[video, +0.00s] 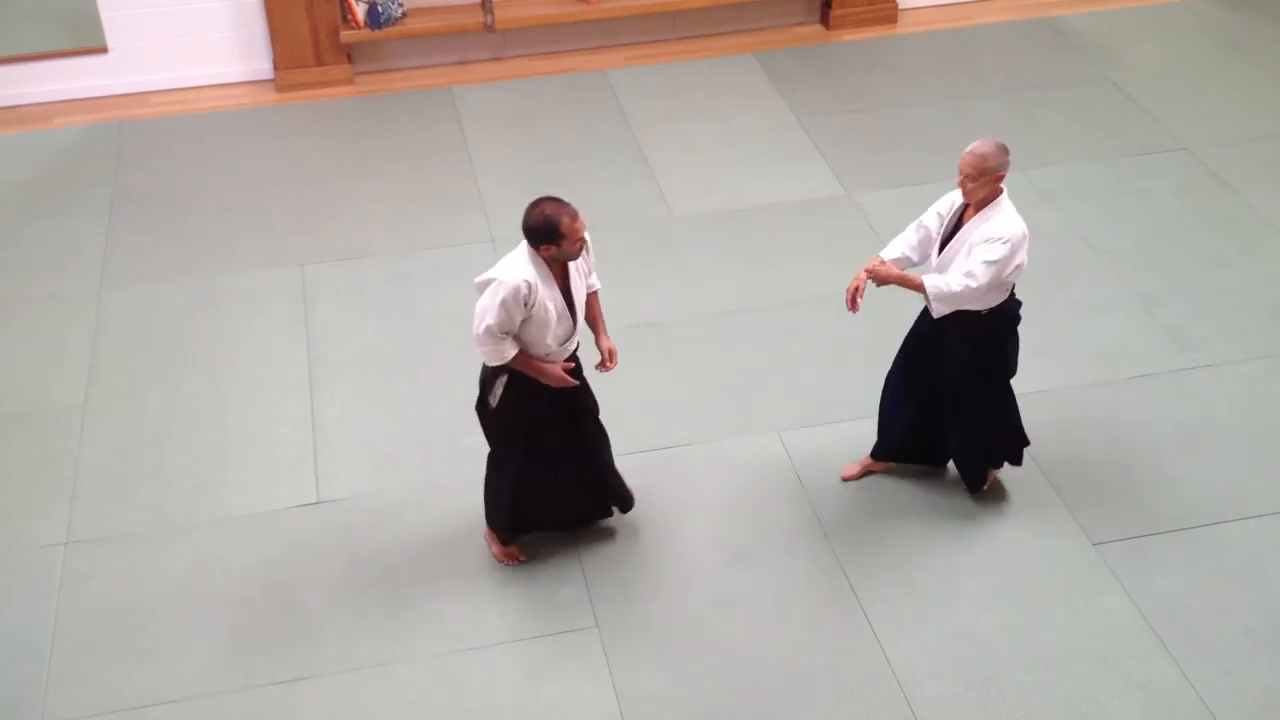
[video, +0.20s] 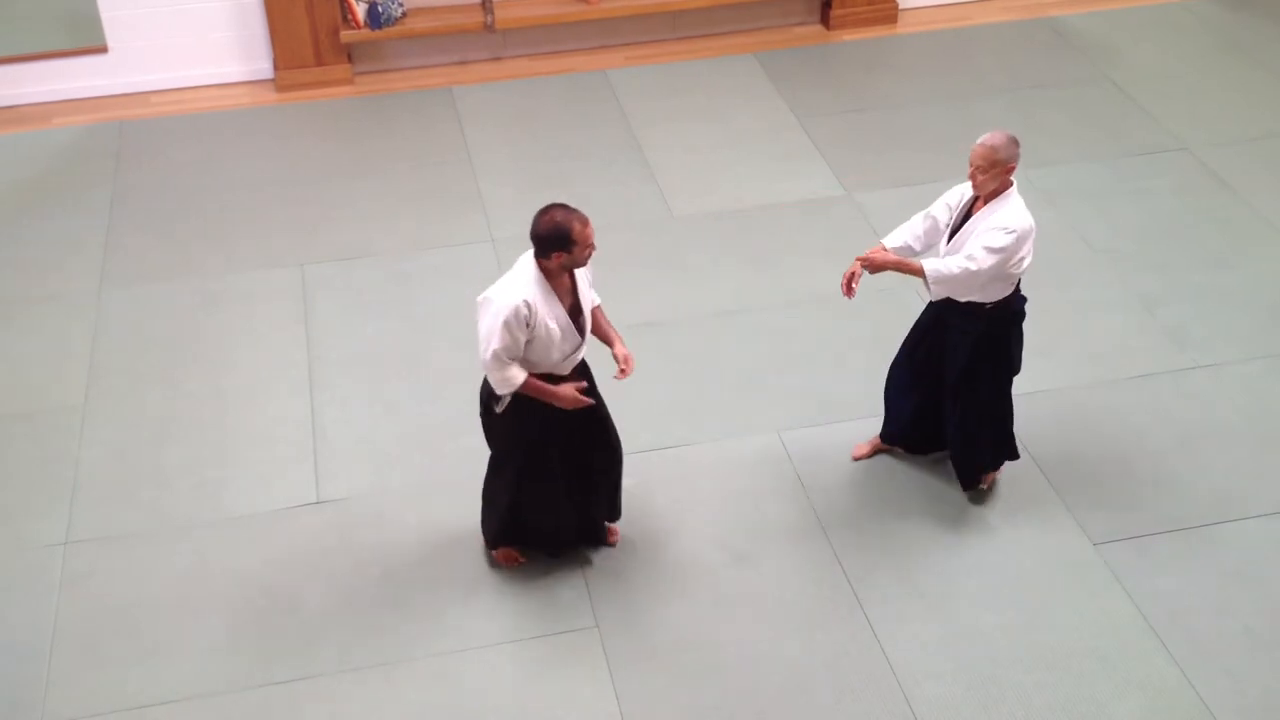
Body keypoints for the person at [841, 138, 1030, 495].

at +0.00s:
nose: (961, 184)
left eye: (970, 178)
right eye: (960, 175)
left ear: (997, 181)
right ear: (960, 170)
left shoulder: (1008, 231)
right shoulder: (956, 201)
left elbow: (967, 287)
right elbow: (916, 237)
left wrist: (900, 279)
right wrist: (869, 271)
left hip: (981, 327)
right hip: (939, 314)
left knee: (975, 398)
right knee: (904, 381)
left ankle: (988, 462)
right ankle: (884, 454)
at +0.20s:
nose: (971, 175)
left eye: (980, 170)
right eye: (970, 166)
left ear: (1008, 173)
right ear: (971, 161)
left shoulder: (1014, 224)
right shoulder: (965, 194)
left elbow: (966, 269)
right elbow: (923, 227)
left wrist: (895, 264)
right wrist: (869, 259)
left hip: (989, 320)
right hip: (947, 306)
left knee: (980, 395)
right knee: (908, 372)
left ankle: (988, 461)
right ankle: (893, 435)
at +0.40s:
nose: (957, 171)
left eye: (967, 166)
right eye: (956, 162)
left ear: (993, 168)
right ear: (955, 156)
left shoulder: (999, 218)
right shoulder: (950, 191)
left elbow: (944, 264)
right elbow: (908, 226)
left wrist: (873, 258)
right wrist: (854, 259)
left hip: (981, 314)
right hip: (939, 302)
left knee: (975, 390)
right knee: (907, 365)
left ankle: (983, 460)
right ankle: (888, 425)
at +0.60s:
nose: (931, 169)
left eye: (940, 163)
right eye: (929, 160)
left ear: (966, 164)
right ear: (927, 155)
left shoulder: (972, 214)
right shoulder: (922, 189)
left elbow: (917, 260)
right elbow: (884, 227)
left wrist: (851, 258)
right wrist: (839, 263)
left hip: (963, 307)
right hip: (921, 299)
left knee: (970, 384)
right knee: (893, 367)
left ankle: (989, 458)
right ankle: (887, 430)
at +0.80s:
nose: (906, 170)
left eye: (915, 165)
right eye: (905, 162)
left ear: (941, 165)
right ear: (904, 157)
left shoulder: (950, 214)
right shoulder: (900, 191)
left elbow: (901, 256)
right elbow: (868, 229)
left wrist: (836, 262)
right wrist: (826, 264)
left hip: (954, 303)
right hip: (910, 297)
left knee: (966, 379)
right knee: (882, 366)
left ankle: (989, 457)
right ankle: (877, 431)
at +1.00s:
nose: (910, 174)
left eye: (919, 169)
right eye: (909, 166)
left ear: (946, 170)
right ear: (908, 162)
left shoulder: (955, 219)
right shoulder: (910, 195)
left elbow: (904, 261)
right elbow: (883, 232)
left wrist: (847, 269)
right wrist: (851, 256)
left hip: (956, 309)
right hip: (914, 301)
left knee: (959, 389)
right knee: (881, 373)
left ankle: (999, 466)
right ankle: (879, 434)